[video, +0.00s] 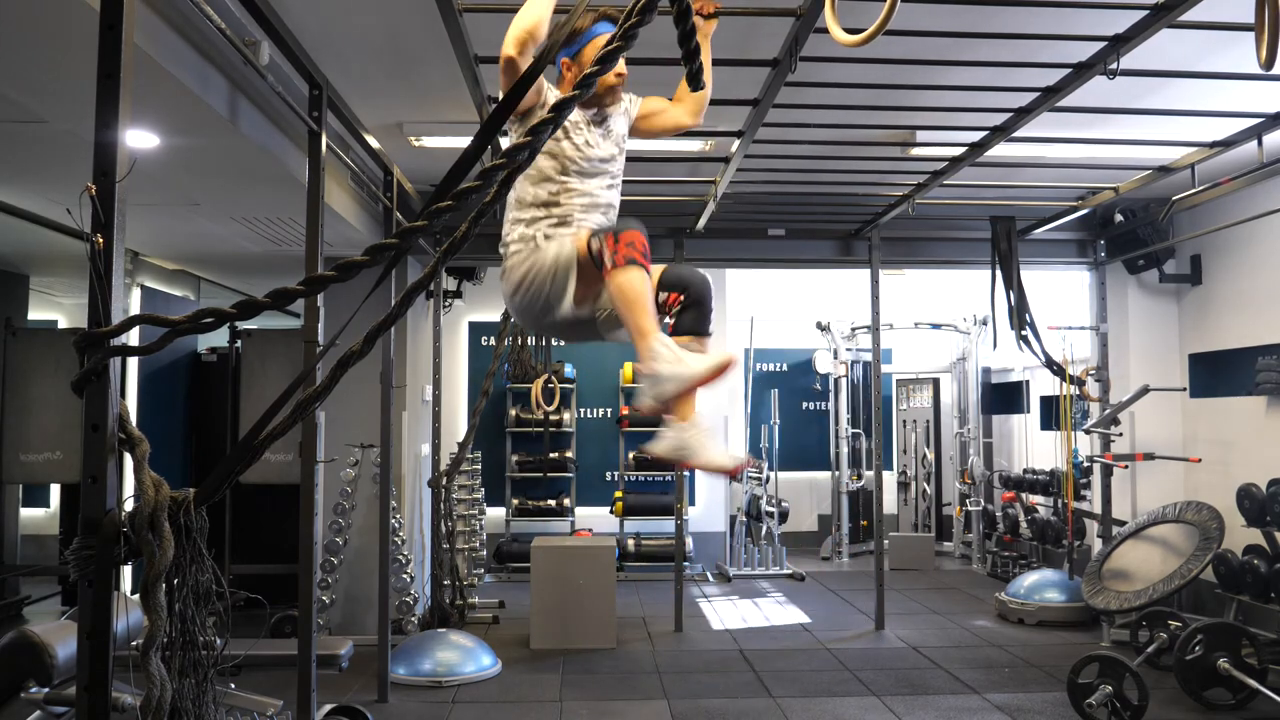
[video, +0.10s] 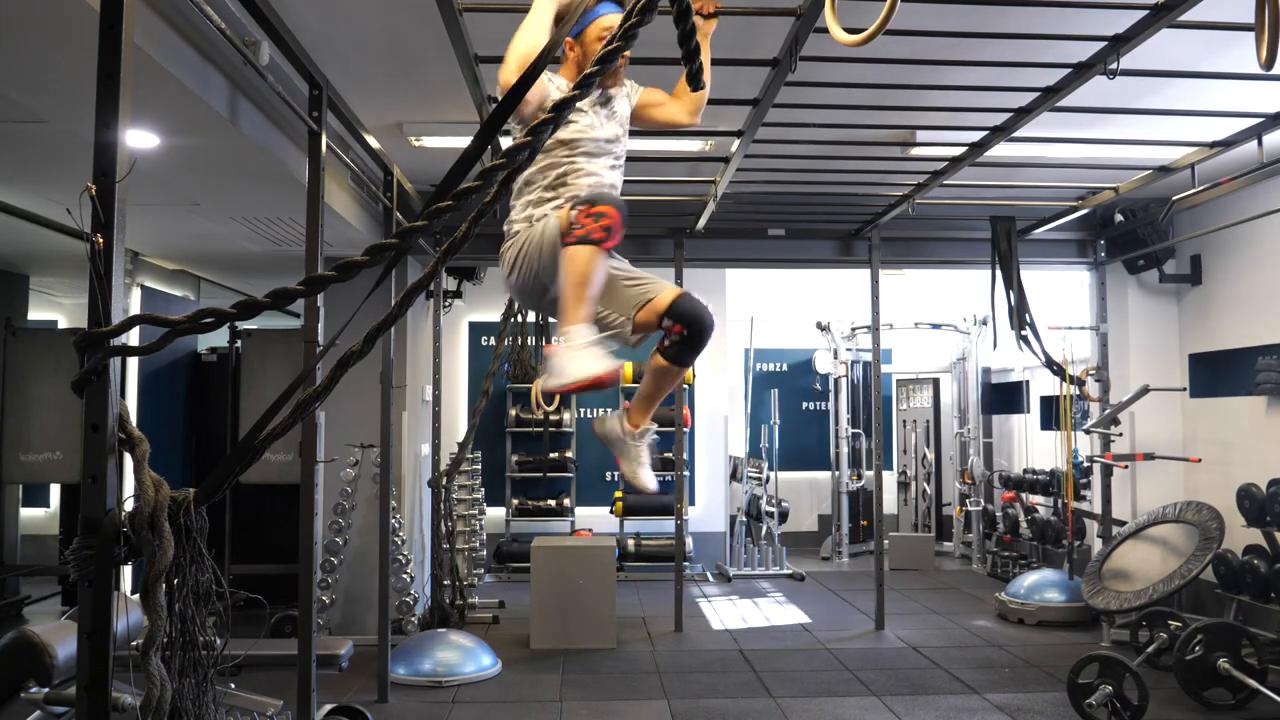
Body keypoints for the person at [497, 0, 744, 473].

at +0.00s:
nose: (621, 71)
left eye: (622, 60)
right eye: (606, 61)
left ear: (623, 66)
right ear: (569, 70)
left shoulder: (622, 112)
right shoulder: (538, 107)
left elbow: (687, 112)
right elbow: (516, 49)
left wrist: (702, 38)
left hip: (591, 290)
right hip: (530, 279)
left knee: (691, 286)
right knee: (624, 238)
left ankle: (682, 428)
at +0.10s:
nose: (620, 52)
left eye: (623, 41)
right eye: (606, 41)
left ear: (629, 45)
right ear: (573, 47)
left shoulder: (624, 94)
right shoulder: (548, 89)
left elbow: (686, 110)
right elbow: (511, 84)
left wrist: (701, 37)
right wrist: (547, 10)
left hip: (591, 261)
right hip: (531, 251)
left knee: (693, 323)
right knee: (599, 210)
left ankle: (630, 427)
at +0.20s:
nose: (621, 38)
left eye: (625, 31)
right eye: (608, 28)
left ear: (633, 44)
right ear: (580, 39)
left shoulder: (632, 94)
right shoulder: (554, 93)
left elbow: (688, 111)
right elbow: (572, 58)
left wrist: (703, 37)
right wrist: (596, 6)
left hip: (606, 260)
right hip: (546, 248)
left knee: (701, 340)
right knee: (562, 259)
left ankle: (641, 427)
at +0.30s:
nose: (635, 56)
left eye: (641, 47)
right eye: (624, 44)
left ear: (643, 50)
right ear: (587, 42)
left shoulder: (635, 98)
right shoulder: (564, 86)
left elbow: (695, 110)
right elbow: (595, 54)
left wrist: (703, 35)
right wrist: (645, 2)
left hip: (625, 278)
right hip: (561, 276)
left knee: (709, 365)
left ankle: (673, 440)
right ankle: (472, 453)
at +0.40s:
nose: (660, 65)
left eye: (660, 59)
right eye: (646, 59)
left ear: (646, 63)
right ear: (610, 59)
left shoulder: (647, 111)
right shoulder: (584, 114)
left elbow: (702, 112)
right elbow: (652, 56)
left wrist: (706, 40)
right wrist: (666, 5)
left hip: (649, 296)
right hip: (589, 302)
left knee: (719, 390)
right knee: (568, 446)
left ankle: (695, 462)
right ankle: (502, 498)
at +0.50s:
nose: (669, 82)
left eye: (672, 73)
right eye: (659, 70)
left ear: (665, 80)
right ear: (628, 72)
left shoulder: (661, 121)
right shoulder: (599, 124)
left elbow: (708, 110)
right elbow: (656, 56)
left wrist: (705, 40)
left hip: (685, 317)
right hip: (629, 327)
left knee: (742, 408)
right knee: (609, 471)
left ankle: (707, 477)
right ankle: (551, 527)